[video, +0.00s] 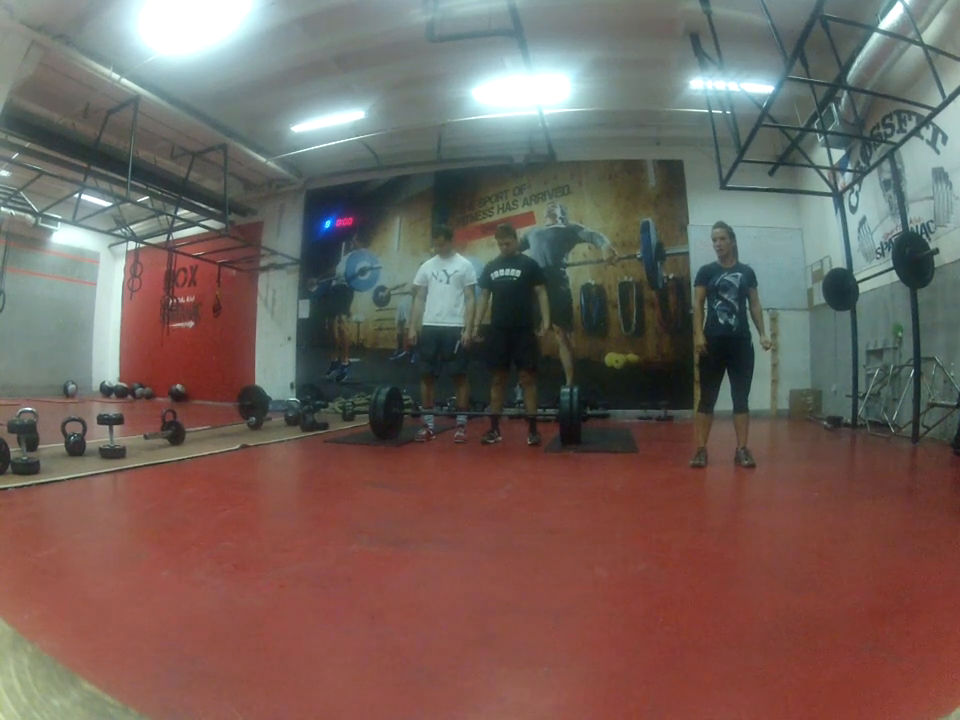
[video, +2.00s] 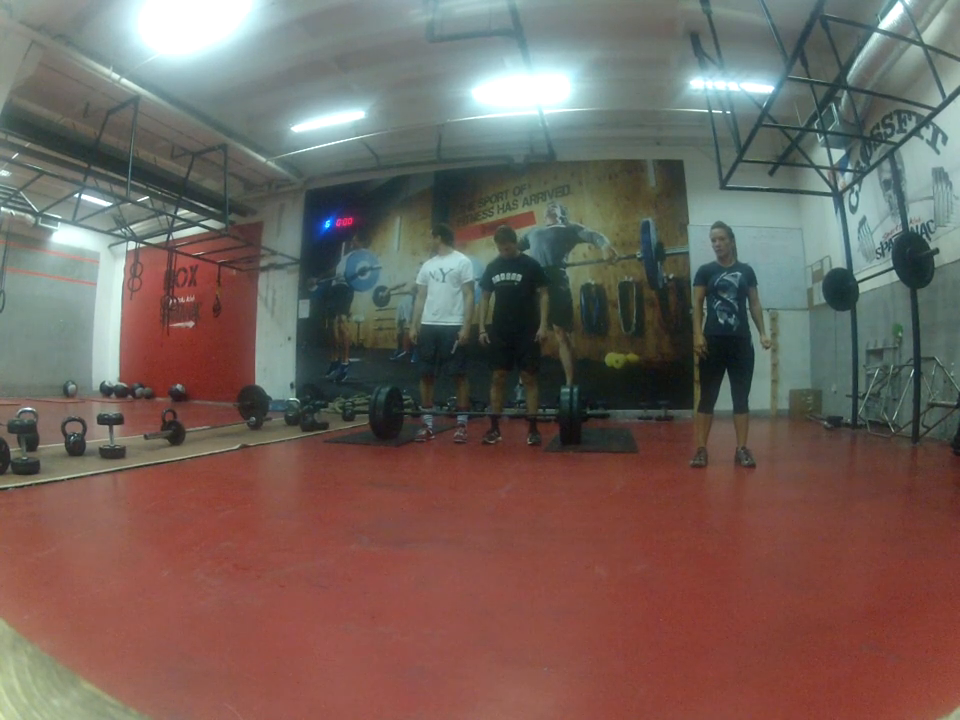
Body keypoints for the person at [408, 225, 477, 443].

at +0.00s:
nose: (438, 245)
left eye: (441, 242)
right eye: (436, 242)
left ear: (450, 241)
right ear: (434, 243)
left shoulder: (464, 266)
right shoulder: (427, 266)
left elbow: (470, 298)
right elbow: (418, 298)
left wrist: (468, 329)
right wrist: (412, 327)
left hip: (455, 329)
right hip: (429, 328)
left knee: (459, 377)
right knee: (427, 377)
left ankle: (461, 425)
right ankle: (427, 425)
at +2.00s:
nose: (430, 241)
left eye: (432, 237)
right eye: (431, 237)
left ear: (441, 238)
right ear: (439, 239)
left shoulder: (462, 261)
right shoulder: (427, 265)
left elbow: (469, 295)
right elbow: (420, 297)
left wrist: (466, 327)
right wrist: (414, 325)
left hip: (454, 327)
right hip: (428, 326)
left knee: (459, 375)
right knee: (426, 374)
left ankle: (462, 424)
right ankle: (427, 424)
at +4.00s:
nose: (437, 247)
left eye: (440, 243)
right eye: (433, 243)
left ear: (446, 242)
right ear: (429, 243)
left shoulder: (458, 264)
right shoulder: (420, 267)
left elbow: (467, 295)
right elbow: (413, 299)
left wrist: (470, 325)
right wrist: (406, 328)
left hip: (454, 328)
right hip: (427, 328)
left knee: (459, 376)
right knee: (426, 376)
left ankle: (461, 426)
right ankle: (427, 426)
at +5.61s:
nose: (432, 285)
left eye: (434, 282)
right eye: (428, 283)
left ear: (440, 274)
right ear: (423, 277)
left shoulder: (457, 281)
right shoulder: (416, 284)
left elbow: (465, 317)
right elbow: (411, 318)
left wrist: (467, 350)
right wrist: (410, 348)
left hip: (455, 331)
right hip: (431, 331)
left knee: (460, 376)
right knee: (427, 376)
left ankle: (461, 426)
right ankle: (427, 425)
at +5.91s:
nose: (432, 279)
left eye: (434, 276)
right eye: (428, 276)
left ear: (440, 268)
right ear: (422, 272)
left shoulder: (455, 277)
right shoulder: (415, 280)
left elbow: (465, 312)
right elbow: (412, 315)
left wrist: (466, 345)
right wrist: (412, 344)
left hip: (456, 330)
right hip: (431, 331)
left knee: (460, 376)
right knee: (427, 376)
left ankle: (461, 425)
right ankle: (427, 425)